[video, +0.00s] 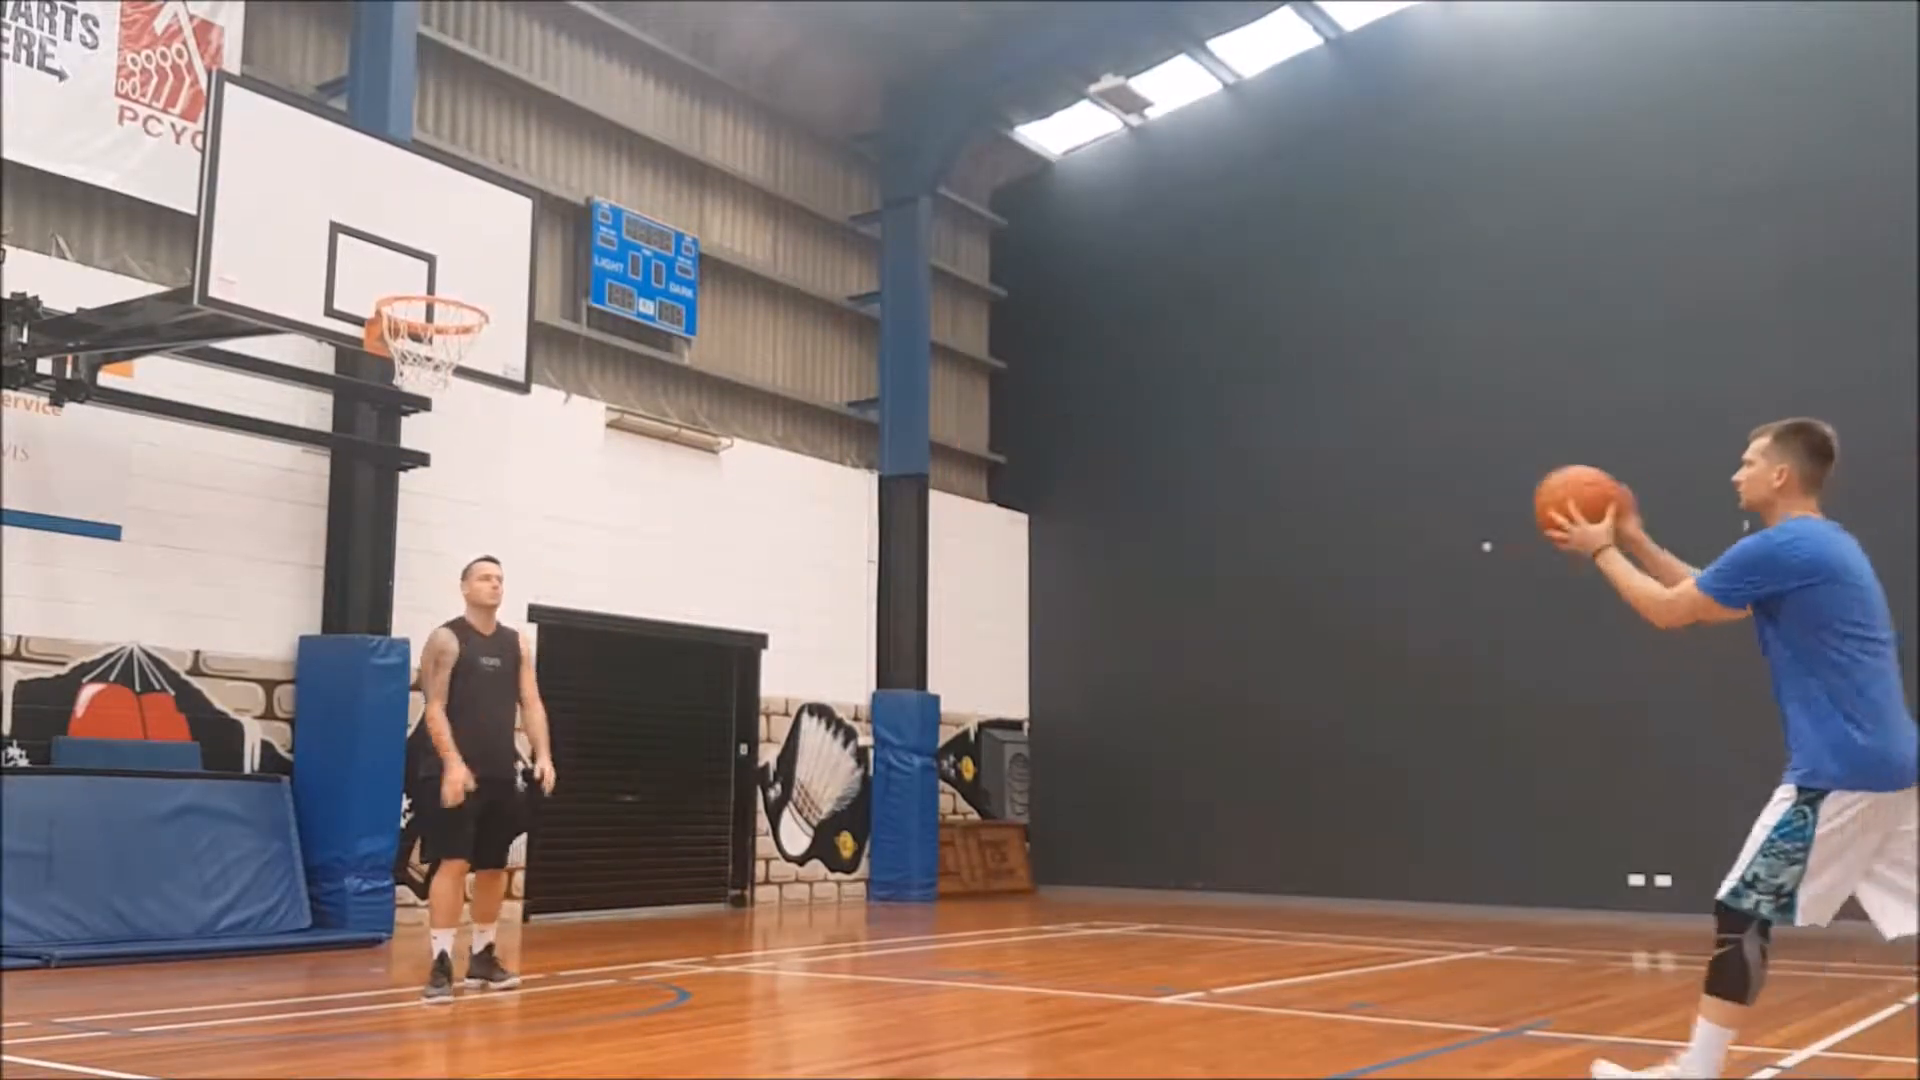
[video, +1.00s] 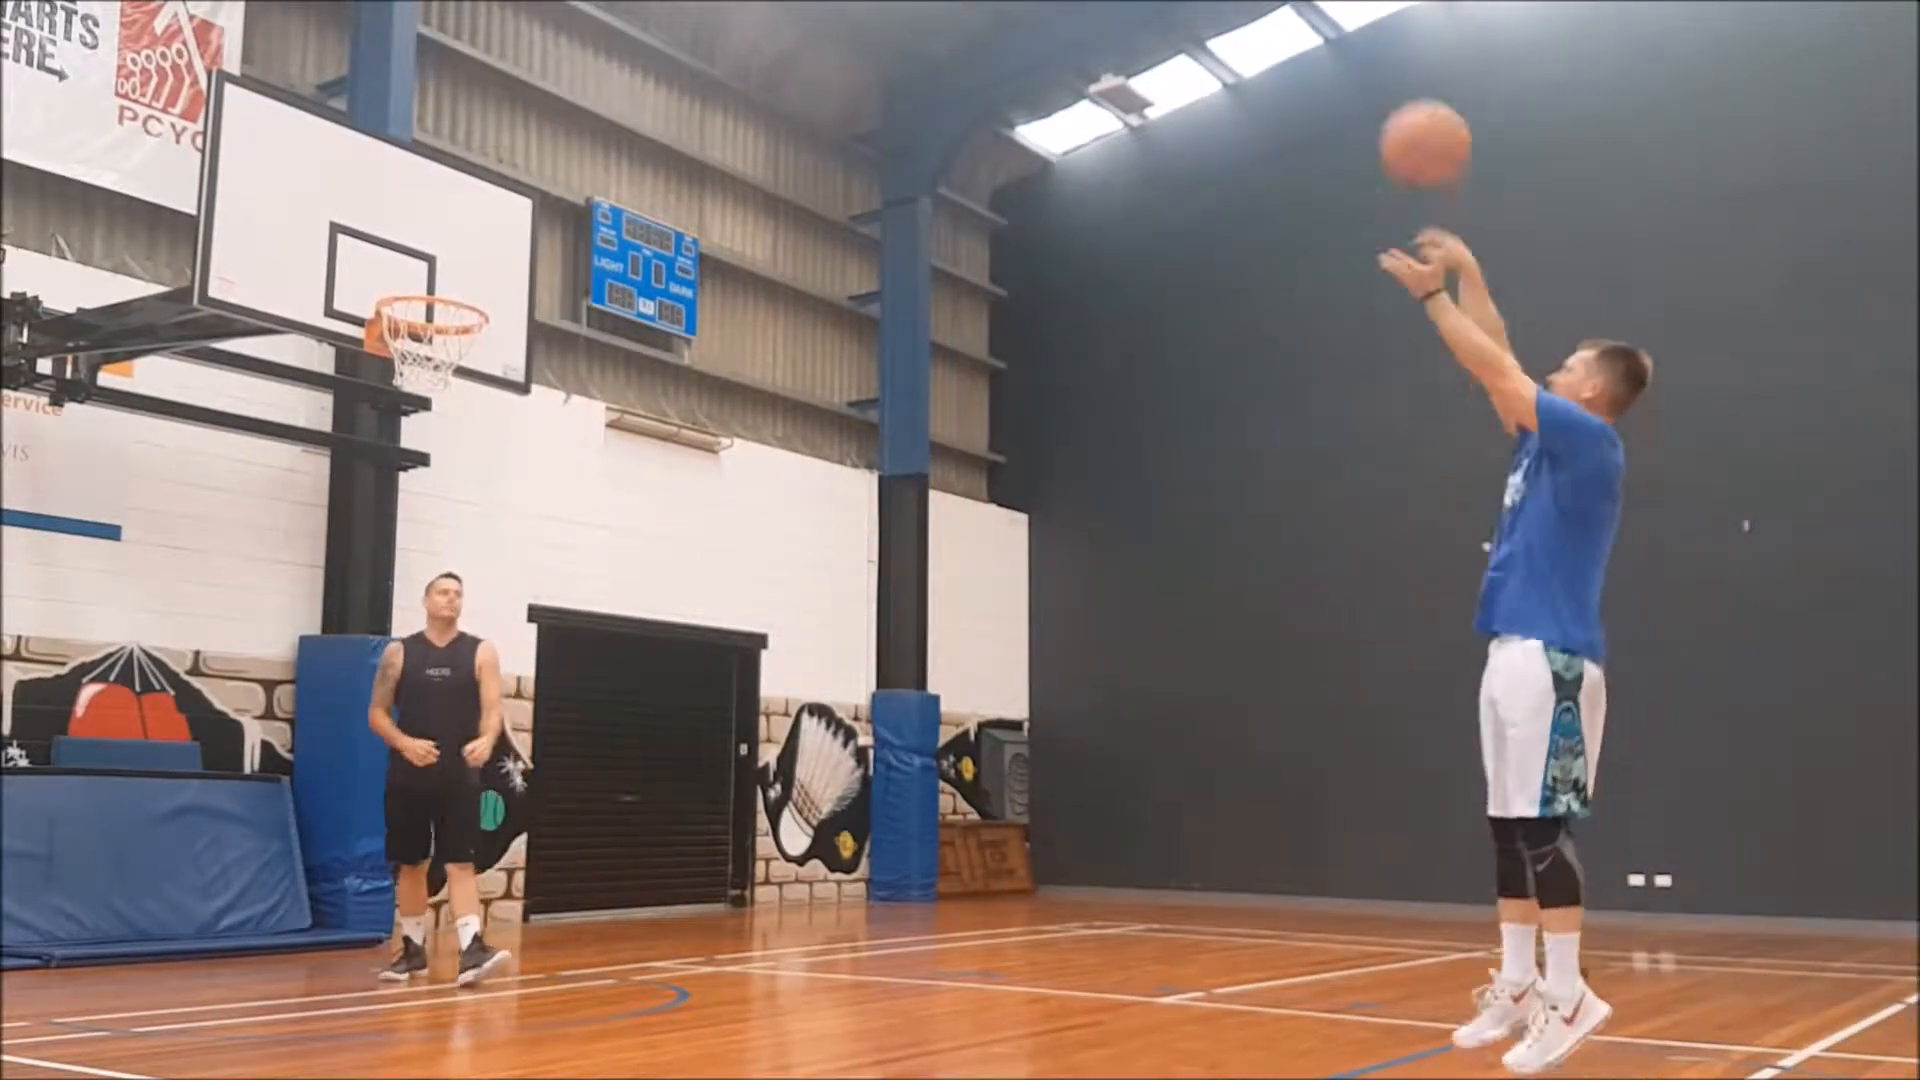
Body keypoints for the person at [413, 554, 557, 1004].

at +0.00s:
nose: (494, 585)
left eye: (499, 579)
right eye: (485, 578)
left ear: (504, 590)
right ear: (464, 588)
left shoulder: (516, 643)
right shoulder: (445, 640)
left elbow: (531, 704)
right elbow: (434, 710)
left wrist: (543, 755)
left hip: (500, 769)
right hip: (451, 768)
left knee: (494, 863)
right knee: (454, 861)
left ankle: (484, 956)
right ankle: (442, 963)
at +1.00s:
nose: (450, 599)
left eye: (456, 594)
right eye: (443, 593)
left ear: (462, 604)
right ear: (426, 601)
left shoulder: (481, 653)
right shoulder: (398, 653)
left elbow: (492, 710)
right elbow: (377, 714)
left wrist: (486, 740)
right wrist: (403, 743)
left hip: (459, 773)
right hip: (409, 773)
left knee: (460, 860)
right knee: (411, 862)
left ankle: (471, 950)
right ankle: (413, 950)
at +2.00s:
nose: (447, 591)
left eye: (455, 589)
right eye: (440, 590)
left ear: (467, 608)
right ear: (429, 609)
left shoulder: (490, 653)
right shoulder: (409, 658)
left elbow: (515, 706)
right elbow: (390, 710)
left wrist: (519, 732)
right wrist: (382, 736)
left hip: (472, 778)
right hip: (418, 777)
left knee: (473, 861)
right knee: (415, 866)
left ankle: (463, 956)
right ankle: (413, 952)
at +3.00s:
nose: (508, 625)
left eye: (516, 616)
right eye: (500, 617)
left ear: (531, 621)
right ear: (489, 623)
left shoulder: (556, 666)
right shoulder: (472, 672)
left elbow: (549, 730)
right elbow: (455, 722)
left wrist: (491, 728)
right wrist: (425, 716)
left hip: (543, 788)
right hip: (493, 784)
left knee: (541, 896)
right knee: (520, 856)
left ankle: (500, 930)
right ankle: (508, 972)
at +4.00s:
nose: (538, 578)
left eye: (542, 573)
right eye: (528, 571)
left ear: (544, 584)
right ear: (505, 579)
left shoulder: (557, 640)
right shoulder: (473, 633)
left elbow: (557, 708)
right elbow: (424, 691)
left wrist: (555, 772)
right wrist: (384, 744)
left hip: (533, 773)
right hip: (484, 769)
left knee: (510, 869)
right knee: (492, 859)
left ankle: (487, 966)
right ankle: (486, 964)